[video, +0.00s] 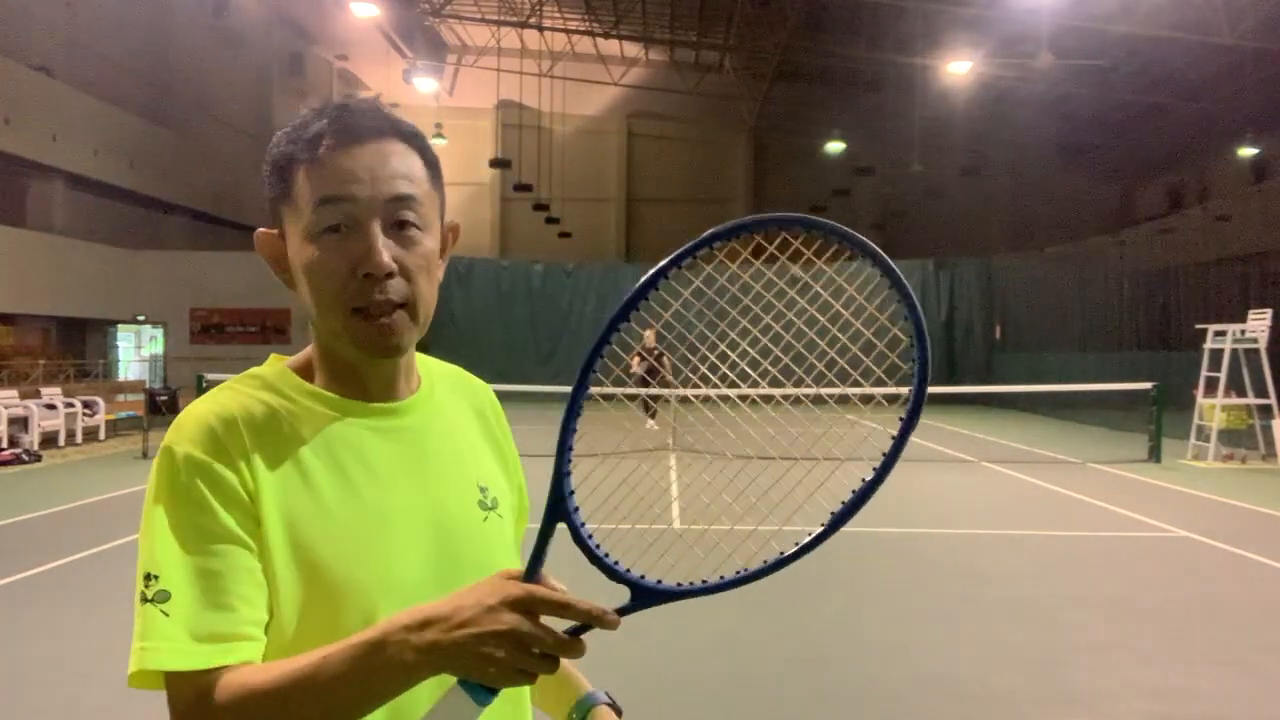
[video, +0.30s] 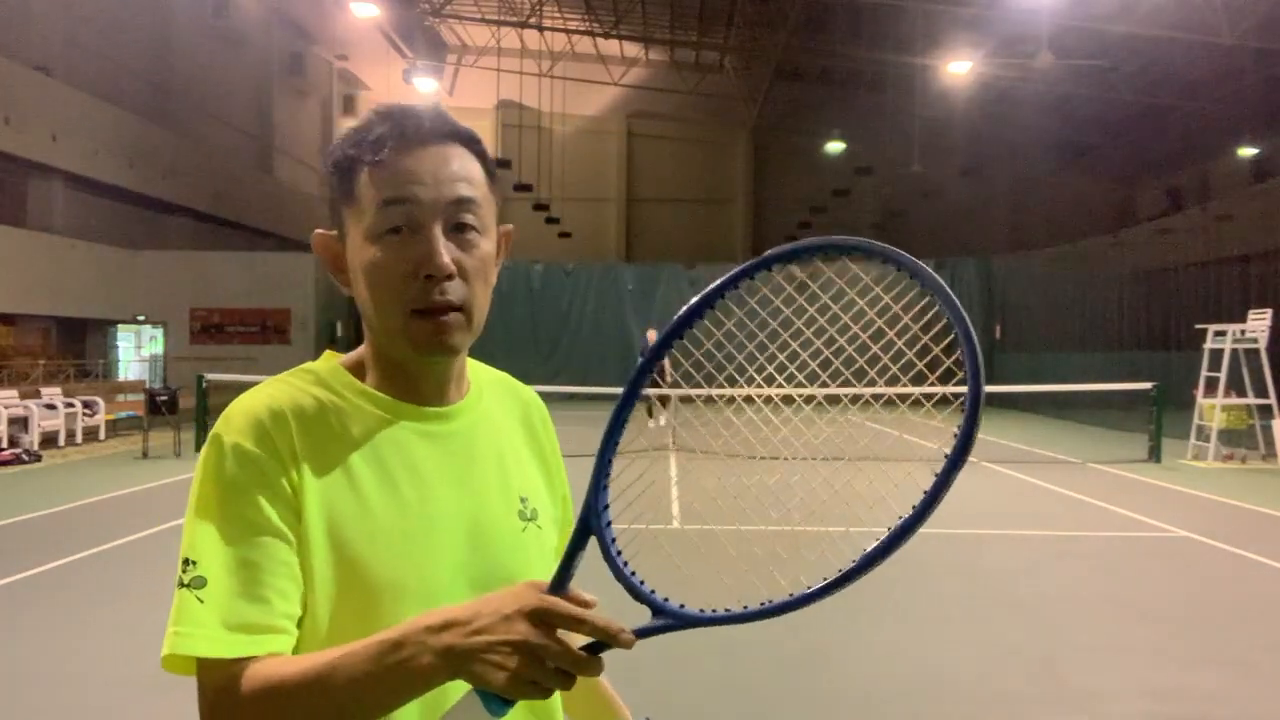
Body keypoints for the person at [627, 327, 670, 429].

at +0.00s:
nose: (648, 339)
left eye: (650, 337)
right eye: (646, 337)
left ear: (654, 338)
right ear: (644, 338)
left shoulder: (659, 351)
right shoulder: (641, 351)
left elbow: (666, 363)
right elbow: (635, 360)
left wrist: (668, 374)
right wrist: (635, 368)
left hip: (656, 377)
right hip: (644, 377)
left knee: (653, 398)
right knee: (645, 398)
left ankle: (651, 419)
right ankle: (648, 418)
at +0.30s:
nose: (651, 338)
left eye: (653, 335)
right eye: (649, 335)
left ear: (657, 337)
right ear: (646, 337)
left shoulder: (660, 349)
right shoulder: (644, 350)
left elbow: (666, 363)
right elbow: (641, 364)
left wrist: (668, 376)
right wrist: (641, 377)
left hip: (660, 376)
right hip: (648, 377)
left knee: (663, 397)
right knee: (649, 398)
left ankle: (664, 413)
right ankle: (650, 418)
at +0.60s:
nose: (656, 340)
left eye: (658, 337)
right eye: (655, 338)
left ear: (661, 338)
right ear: (652, 339)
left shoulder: (666, 351)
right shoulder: (649, 352)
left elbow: (670, 361)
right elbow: (644, 365)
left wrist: (669, 370)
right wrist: (643, 376)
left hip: (662, 376)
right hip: (651, 376)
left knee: (663, 397)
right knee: (651, 396)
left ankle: (662, 416)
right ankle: (651, 416)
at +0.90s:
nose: (658, 340)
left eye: (660, 338)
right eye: (656, 338)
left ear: (663, 339)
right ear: (653, 339)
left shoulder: (666, 353)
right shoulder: (650, 353)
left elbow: (672, 365)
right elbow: (645, 367)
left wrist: (670, 373)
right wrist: (645, 378)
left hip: (664, 378)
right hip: (654, 378)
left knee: (666, 396)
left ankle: (662, 415)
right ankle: (653, 414)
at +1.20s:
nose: (658, 340)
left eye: (660, 337)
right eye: (656, 337)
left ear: (663, 338)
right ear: (653, 339)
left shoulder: (667, 350)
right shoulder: (651, 351)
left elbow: (672, 362)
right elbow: (646, 363)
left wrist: (676, 372)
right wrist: (646, 374)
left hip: (665, 376)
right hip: (654, 376)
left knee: (667, 395)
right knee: (654, 395)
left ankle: (665, 412)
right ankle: (654, 413)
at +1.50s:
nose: (661, 341)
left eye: (663, 339)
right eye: (659, 339)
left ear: (666, 340)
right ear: (656, 340)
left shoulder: (670, 350)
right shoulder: (653, 352)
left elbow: (675, 362)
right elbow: (649, 364)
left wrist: (676, 372)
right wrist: (650, 372)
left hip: (668, 375)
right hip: (657, 375)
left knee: (668, 394)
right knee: (656, 394)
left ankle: (667, 412)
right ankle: (654, 413)